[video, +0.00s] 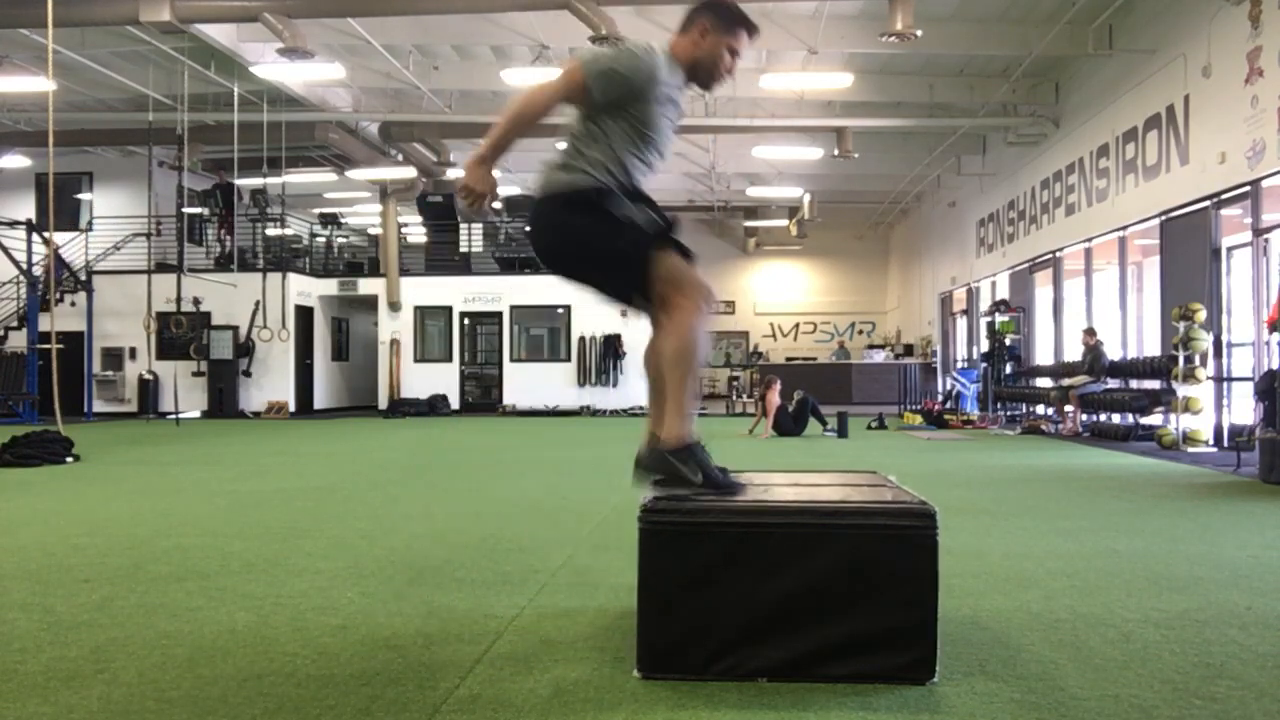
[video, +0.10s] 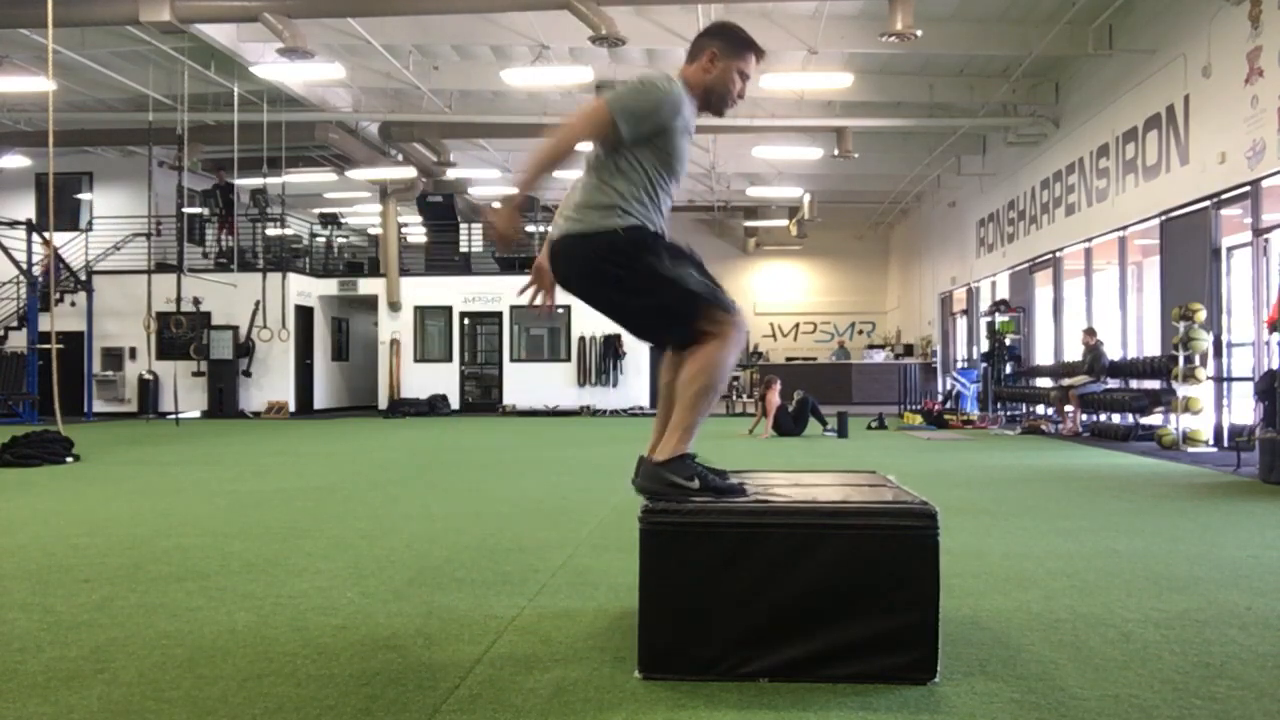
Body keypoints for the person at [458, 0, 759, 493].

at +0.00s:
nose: (732, 68)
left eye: (737, 58)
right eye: (731, 52)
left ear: (702, 39)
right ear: (700, 33)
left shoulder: (670, 87)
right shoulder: (641, 61)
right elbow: (548, 92)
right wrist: (483, 161)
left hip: (587, 214)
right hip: (576, 205)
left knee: (679, 305)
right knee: (688, 292)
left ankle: (661, 444)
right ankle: (675, 442)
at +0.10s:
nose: (743, 92)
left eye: (747, 82)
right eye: (741, 76)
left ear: (709, 66)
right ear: (708, 60)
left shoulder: (672, 113)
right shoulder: (662, 93)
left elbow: (600, 184)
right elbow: (573, 128)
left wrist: (552, 248)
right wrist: (517, 200)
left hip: (590, 246)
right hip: (606, 239)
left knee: (689, 336)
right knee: (727, 326)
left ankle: (660, 459)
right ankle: (673, 457)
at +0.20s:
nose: (740, 87)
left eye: (744, 77)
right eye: (738, 72)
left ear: (706, 62)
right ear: (704, 57)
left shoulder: (677, 110)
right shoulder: (667, 96)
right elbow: (606, 145)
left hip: (596, 245)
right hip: (616, 239)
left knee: (693, 351)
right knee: (734, 331)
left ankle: (661, 460)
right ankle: (674, 458)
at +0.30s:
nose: (719, 51)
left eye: (724, 42)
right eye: (716, 35)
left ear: (685, 25)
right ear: (680, 18)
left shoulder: (667, 92)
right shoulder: (643, 59)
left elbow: (641, 199)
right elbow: (601, 120)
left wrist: (690, 231)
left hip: (608, 224)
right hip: (595, 219)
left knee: (689, 326)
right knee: (702, 316)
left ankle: (663, 457)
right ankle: (673, 458)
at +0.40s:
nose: (697, 7)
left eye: (700, 3)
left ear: (674, 3)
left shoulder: (663, 49)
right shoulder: (608, 11)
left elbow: (636, 129)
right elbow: (575, 75)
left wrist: (678, 143)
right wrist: (659, 99)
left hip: (604, 183)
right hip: (561, 171)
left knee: (667, 296)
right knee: (631, 295)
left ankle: (664, 443)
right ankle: (656, 442)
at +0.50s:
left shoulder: (645, 25)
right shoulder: (570, 3)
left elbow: (624, 116)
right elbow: (531, 62)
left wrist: (643, 101)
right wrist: (619, 71)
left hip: (600, 162)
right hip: (539, 153)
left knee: (653, 273)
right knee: (588, 279)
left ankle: (606, 397)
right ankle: (585, 427)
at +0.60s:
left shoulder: (627, 35)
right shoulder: (524, 8)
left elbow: (631, 111)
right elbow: (485, 75)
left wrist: (617, 105)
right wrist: (572, 82)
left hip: (591, 179)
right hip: (522, 176)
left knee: (628, 288)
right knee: (539, 298)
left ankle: (590, 411)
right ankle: (509, 435)